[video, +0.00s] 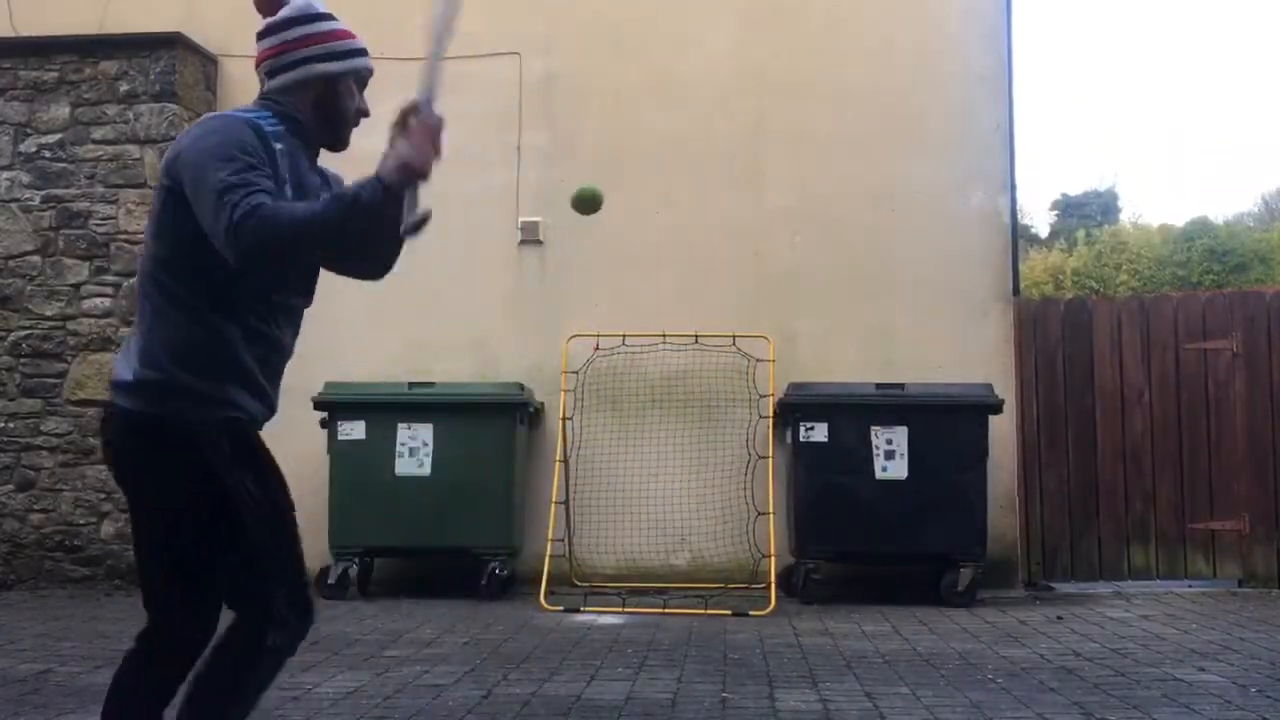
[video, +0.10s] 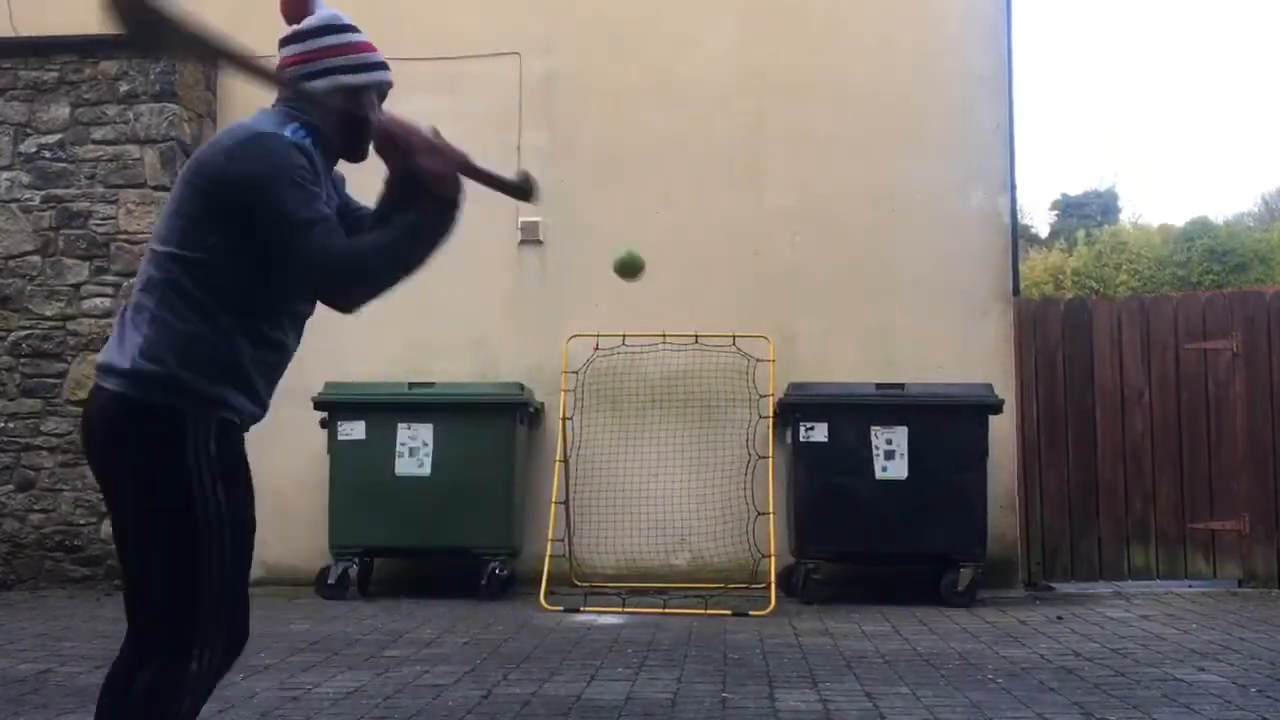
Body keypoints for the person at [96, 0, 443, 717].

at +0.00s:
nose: (366, 105)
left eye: (366, 88)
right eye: (359, 86)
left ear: (307, 84)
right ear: (318, 82)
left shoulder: (304, 173)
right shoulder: (223, 137)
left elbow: (365, 257)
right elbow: (249, 231)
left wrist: (404, 177)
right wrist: (384, 180)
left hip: (220, 424)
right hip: (169, 419)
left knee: (180, 623)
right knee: (278, 614)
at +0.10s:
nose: (377, 117)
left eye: (378, 100)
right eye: (366, 98)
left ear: (316, 93)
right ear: (323, 94)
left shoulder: (296, 160)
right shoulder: (267, 152)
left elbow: (369, 240)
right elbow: (344, 280)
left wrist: (420, 188)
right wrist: (426, 200)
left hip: (201, 419)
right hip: (159, 414)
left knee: (218, 633)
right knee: (178, 636)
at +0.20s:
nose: (387, 124)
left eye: (387, 106)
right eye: (380, 105)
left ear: (320, 97)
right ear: (339, 102)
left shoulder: (277, 160)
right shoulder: (286, 171)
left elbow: (364, 262)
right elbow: (361, 311)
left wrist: (447, 261)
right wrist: (467, 284)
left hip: (167, 416)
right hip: (168, 421)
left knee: (201, 636)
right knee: (194, 640)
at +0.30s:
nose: (388, 132)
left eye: (388, 114)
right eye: (380, 113)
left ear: (319, 106)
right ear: (339, 110)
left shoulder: (284, 165)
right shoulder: (307, 181)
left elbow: (362, 302)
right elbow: (340, 334)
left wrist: (448, 392)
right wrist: (411, 411)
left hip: (181, 418)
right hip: (177, 423)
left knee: (246, 603)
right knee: (220, 629)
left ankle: (179, 709)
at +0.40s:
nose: (394, 136)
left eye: (395, 119)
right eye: (390, 120)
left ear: (317, 108)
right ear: (365, 116)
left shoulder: (272, 171)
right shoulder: (346, 178)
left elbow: (315, 343)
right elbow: (379, 315)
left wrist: (381, 440)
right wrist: (412, 419)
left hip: (191, 420)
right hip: (228, 431)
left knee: (294, 600)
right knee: (248, 632)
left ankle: (252, 713)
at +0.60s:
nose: (418, 129)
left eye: (412, 115)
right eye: (418, 116)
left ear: (341, 108)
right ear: (410, 114)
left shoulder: (275, 189)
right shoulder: (407, 182)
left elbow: (243, 324)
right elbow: (447, 308)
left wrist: (229, 431)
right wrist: (435, 417)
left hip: (243, 425)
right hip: (333, 429)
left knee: (311, 612)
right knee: (417, 621)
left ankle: (281, 719)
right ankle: (318, 710)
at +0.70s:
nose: (436, 118)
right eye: (434, 104)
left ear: (356, 102)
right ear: (428, 107)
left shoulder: (293, 184)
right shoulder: (429, 180)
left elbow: (262, 317)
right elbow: (475, 309)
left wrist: (268, 405)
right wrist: (462, 430)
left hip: (265, 423)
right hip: (358, 428)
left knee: (320, 610)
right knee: (461, 611)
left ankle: (279, 712)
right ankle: (406, 715)